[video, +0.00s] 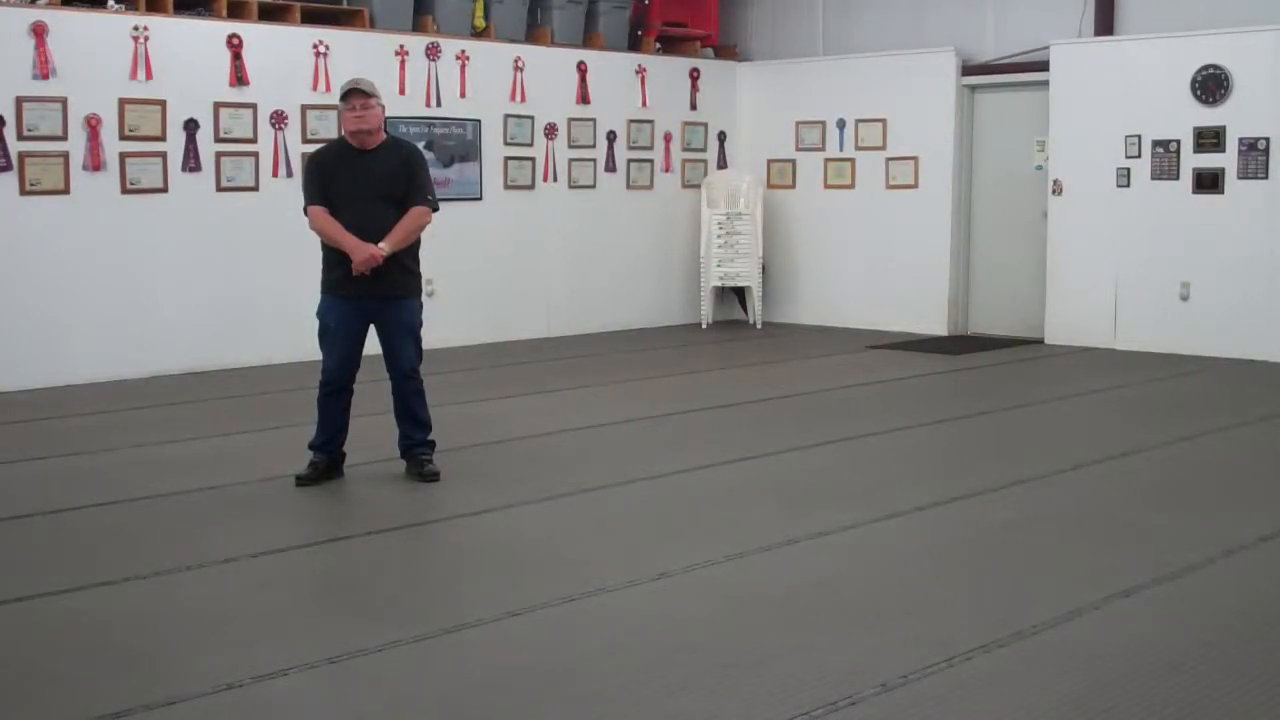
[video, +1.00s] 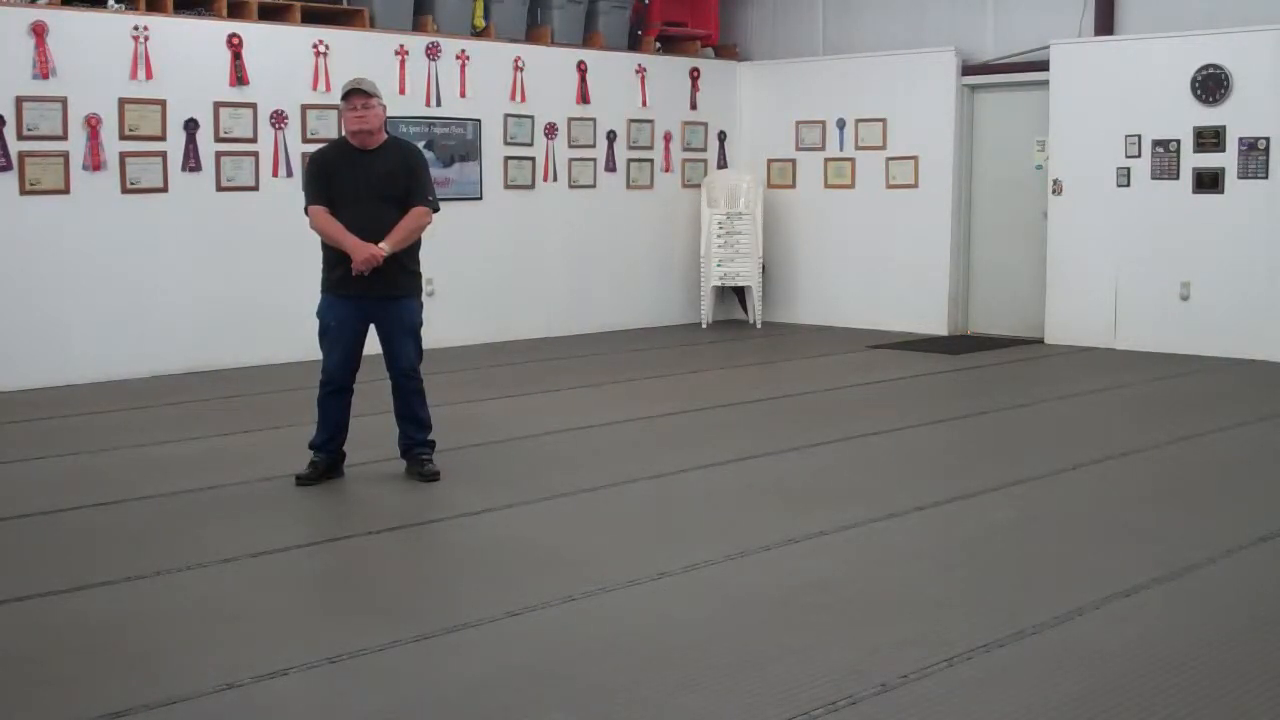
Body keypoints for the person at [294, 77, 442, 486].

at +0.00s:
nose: (359, 114)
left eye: (367, 106)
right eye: (351, 108)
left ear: (382, 111)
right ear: (340, 117)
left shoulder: (407, 155)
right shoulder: (321, 161)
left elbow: (422, 212)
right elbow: (316, 216)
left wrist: (380, 250)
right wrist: (355, 248)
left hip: (398, 287)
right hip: (343, 288)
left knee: (407, 373)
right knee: (335, 376)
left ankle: (419, 452)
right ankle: (326, 455)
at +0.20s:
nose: (359, 113)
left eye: (366, 106)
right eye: (351, 108)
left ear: (381, 111)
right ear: (340, 117)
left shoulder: (407, 155)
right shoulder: (321, 161)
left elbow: (422, 212)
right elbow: (316, 215)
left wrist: (379, 250)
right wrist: (355, 247)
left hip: (398, 286)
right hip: (342, 288)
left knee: (407, 373)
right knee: (335, 376)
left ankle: (419, 452)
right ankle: (326, 455)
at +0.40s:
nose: (359, 113)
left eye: (366, 106)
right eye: (351, 108)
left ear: (381, 111)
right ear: (340, 118)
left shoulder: (407, 155)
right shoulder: (321, 161)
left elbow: (422, 212)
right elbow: (316, 215)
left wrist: (379, 250)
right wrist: (354, 247)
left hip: (398, 286)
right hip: (342, 288)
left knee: (407, 373)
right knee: (335, 376)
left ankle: (419, 452)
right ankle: (327, 455)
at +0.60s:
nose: (359, 114)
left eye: (366, 107)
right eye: (351, 108)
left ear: (382, 111)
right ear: (340, 117)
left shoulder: (407, 155)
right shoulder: (322, 161)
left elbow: (422, 213)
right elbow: (316, 215)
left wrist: (380, 250)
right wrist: (355, 247)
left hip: (398, 287)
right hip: (342, 288)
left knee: (407, 373)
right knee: (335, 376)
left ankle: (419, 453)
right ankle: (327, 456)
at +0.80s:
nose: (359, 113)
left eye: (366, 106)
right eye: (351, 108)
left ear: (382, 112)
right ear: (341, 116)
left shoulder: (407, 155)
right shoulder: (322, 160)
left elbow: (422, 213)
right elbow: (317, 216)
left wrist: (379, 251)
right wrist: (356, 247)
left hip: (398, 287)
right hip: (342, 288)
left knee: (407, 373)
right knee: (335, 376)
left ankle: (419, 452)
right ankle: (327, 455)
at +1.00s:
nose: (360, 114)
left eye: (367, 106)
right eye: (352, 108)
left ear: (383, 112)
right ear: (341, 117)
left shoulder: (407, 155)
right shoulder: (323, 160)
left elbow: (422, 213)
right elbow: (317, 215)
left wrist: (380, 250)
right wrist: (356, 247)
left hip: (398, 287)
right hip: (342, 288)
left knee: (407, 373)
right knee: (335, 376)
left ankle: (419, 452)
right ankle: (327, 455)